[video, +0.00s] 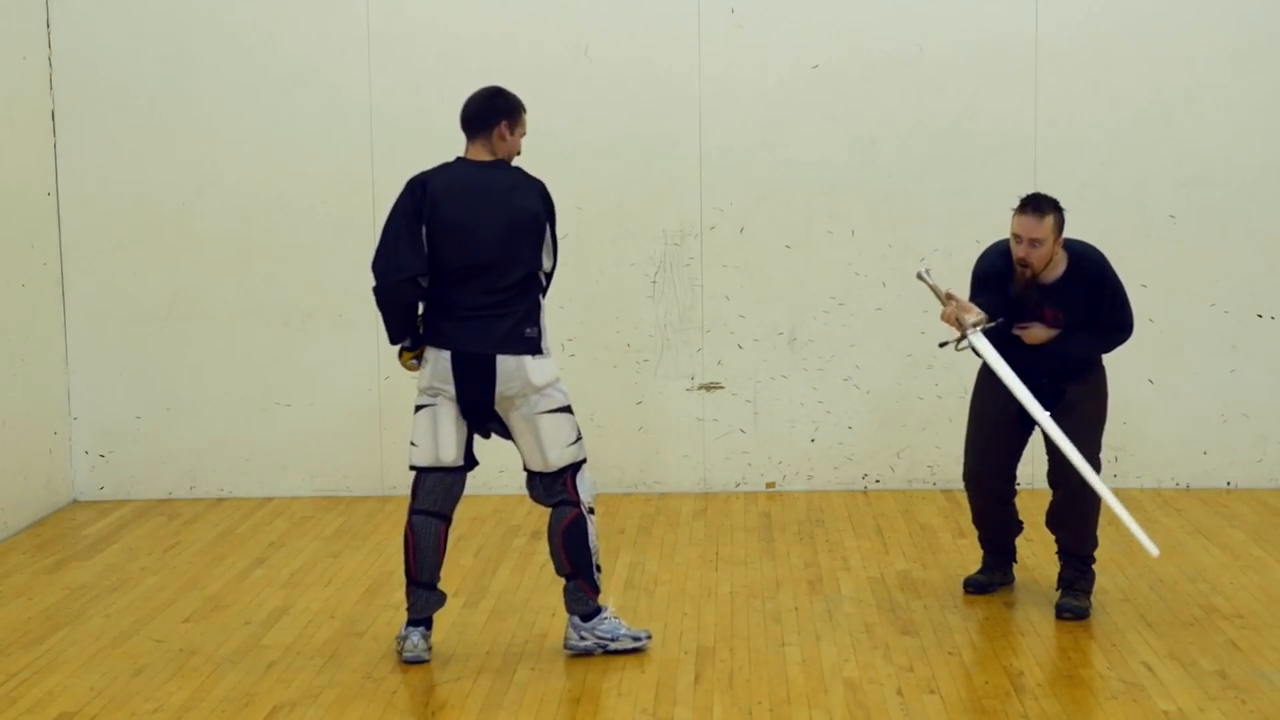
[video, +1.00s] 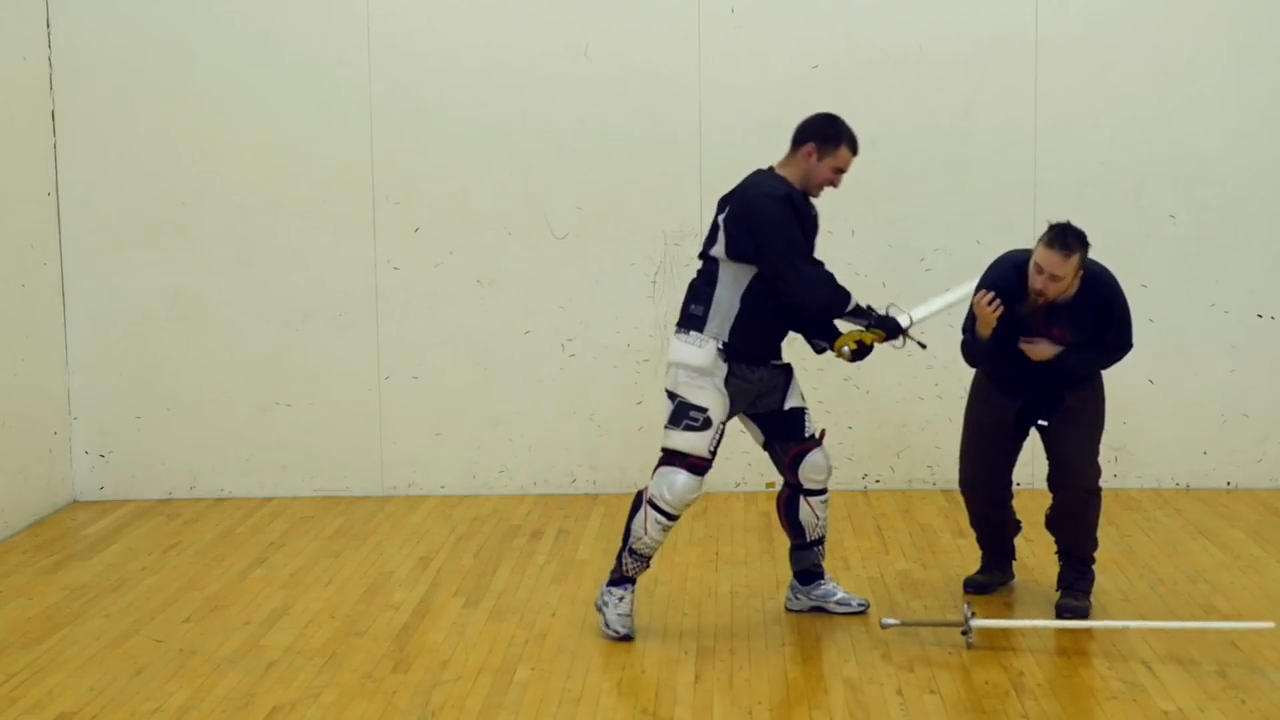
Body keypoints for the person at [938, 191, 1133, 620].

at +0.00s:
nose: (1024, 252)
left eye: (1035, 243)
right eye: (1018, 240)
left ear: (1058, 240)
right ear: (1011, 233)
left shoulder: (1090, 267)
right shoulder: (994, 264)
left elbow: (1119, 327)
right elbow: (989, 338)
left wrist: (1056, 337)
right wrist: (973, 323)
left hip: (1074, 375)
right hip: (1005, 370)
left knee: (1075, 476)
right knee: (984, 470)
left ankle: (1075, 582)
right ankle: (997, 563)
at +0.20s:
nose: (1021, 255)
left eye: (1032, 247)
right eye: (1015, 243)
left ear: (1058, 243)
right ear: (1009, 236)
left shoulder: (1088, 269)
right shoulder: (992, 265)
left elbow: (1118, 328)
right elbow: (985, 348)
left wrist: (1055, 338)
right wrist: (972, 320)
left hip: (1074, 379)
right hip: (1006, 374)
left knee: (1076, 480)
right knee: (982, 472)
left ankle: (1075, 581)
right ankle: (997, 563)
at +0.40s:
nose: (1022, 261)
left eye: (1033, 254)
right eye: (1017, 249)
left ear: (1059, 250)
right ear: (1010, 241)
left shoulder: (1088, 274)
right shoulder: (992, 268)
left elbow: (1117, 332)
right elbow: (982, 351)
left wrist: (1054, 342)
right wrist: (969, 318)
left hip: (1073, 382)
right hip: (1003, 378)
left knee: (1075, 480)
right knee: (983, 470)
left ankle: (1075, 585)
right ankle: (996, 564)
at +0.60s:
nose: (1026, 262)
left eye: (1038, 256)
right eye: (1022, 250)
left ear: (1063, 255)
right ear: (1016, 240)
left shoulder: (1091, 276)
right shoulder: (995, 267)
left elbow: (1115, 336)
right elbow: (978, 352)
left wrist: (1052, 344)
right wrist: (971, 326)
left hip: (1071, 384)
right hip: (1001, 378)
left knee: (1075, 481)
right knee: (980, 475)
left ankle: (1075, 582)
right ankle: (997, 563)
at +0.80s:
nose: (1032, 266)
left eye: (1044, 260)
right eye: (1029, 253)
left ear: (1069, 260)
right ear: (1023, 242)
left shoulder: (1096, 281)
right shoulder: (999, 267)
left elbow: (1116, 341)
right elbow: (978, 352)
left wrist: (1053, 346)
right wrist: (978, 330)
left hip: (1071, 385)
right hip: (1001, 378)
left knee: (1076, 480)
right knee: (979, 477)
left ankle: (1075, 582)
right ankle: (997, 562)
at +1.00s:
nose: (1042, 284)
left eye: (1055, 279)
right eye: (1038, 271)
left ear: (1078, 276)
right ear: (1031, 257)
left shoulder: (1101, 290)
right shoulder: (1003, 275)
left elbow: (1119, 344)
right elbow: (973, 357)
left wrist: (1060, 354)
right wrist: (980, 334)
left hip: (1073, 388)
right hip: (1002, 380)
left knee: (1077, 480)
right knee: (979, 476)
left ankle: (1075, 582)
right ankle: (996, 562)